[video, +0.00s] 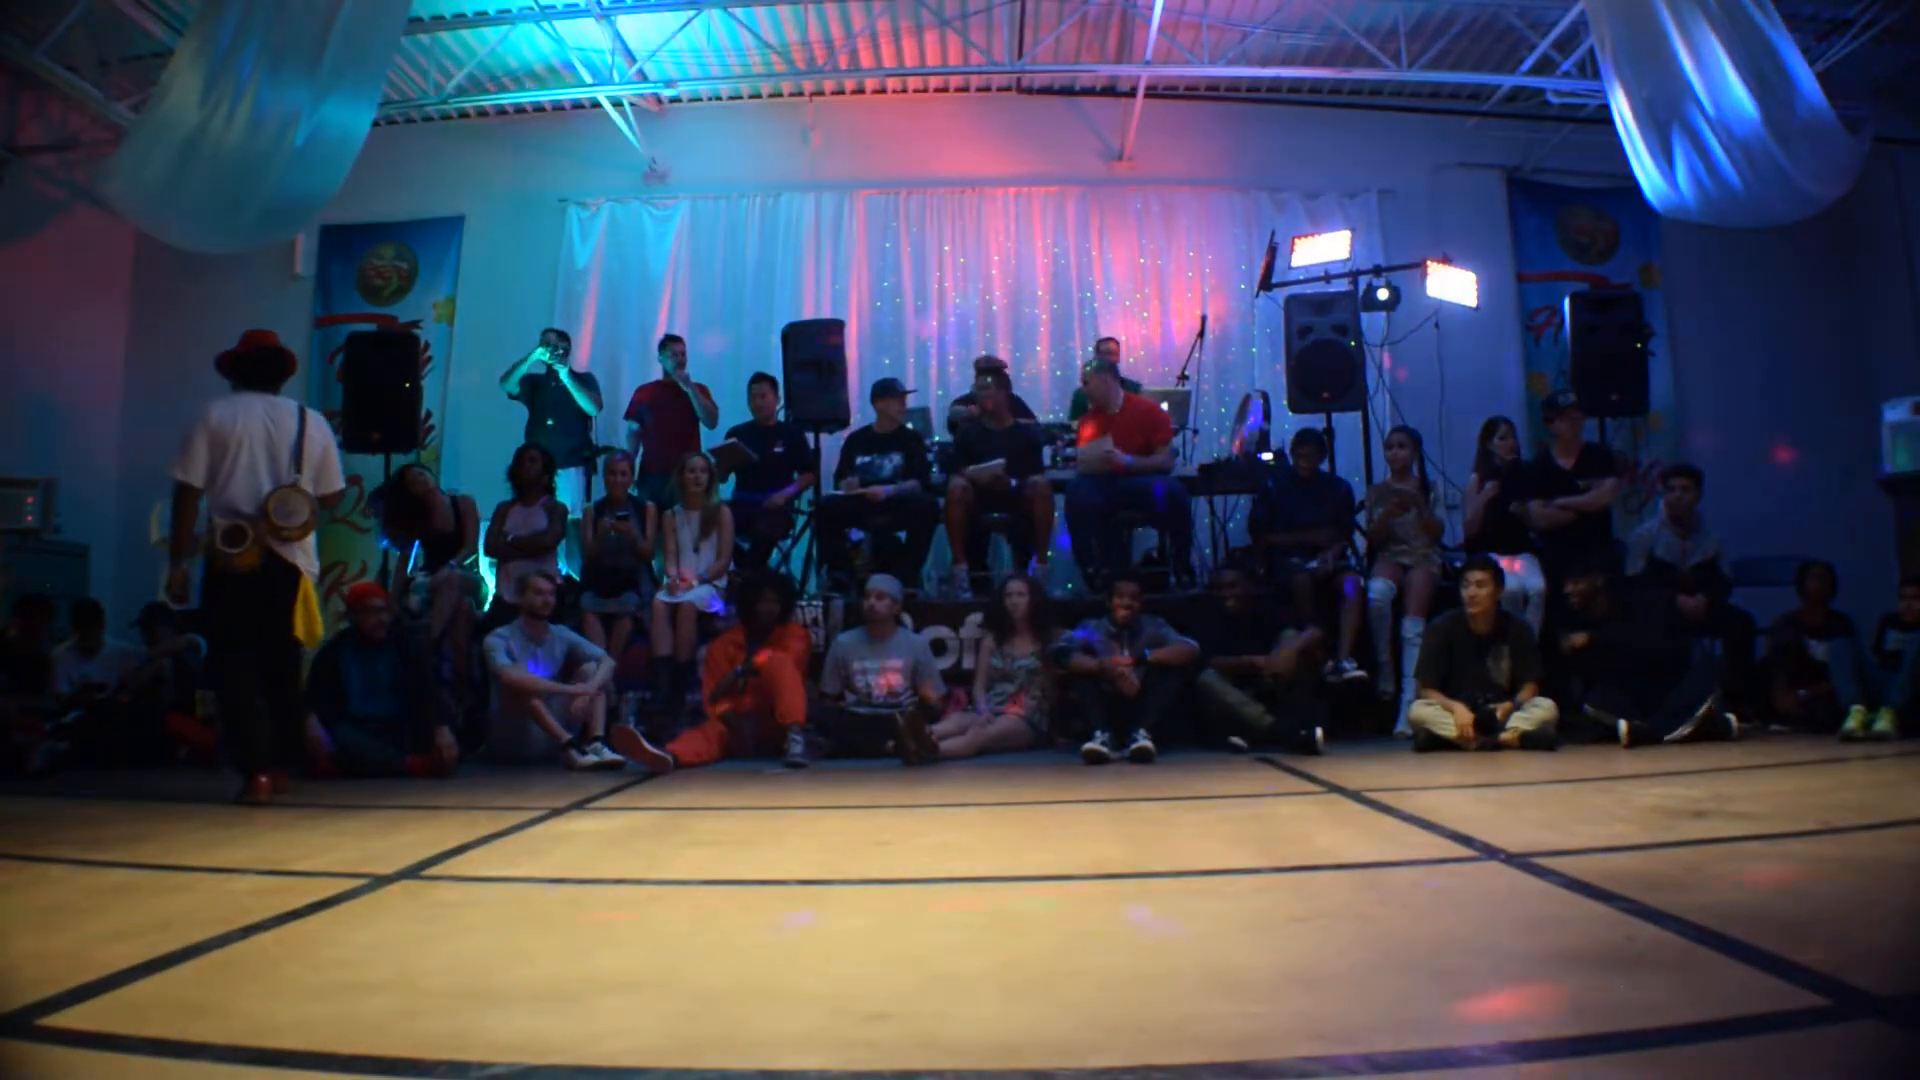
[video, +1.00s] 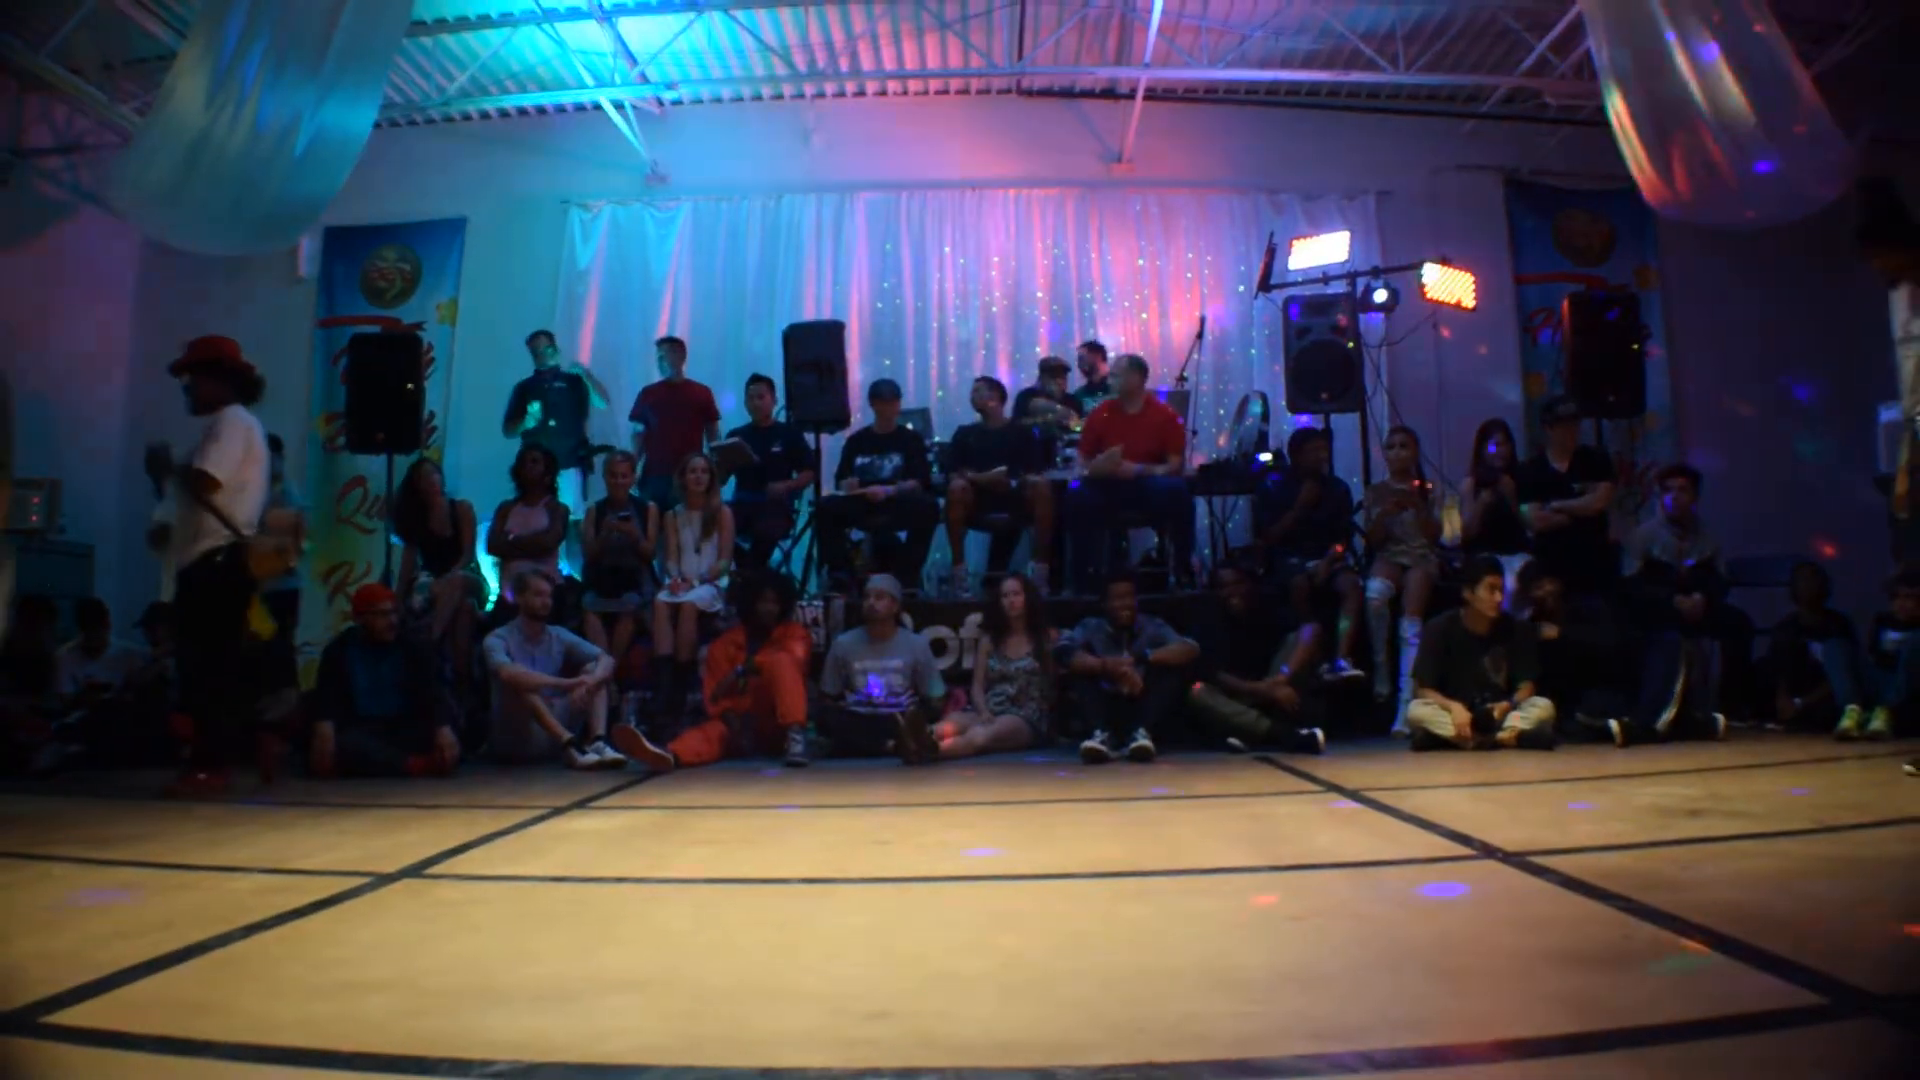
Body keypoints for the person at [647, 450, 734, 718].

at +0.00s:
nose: (697, 477)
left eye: (703, 471)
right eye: (691, 471)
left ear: (710, 477)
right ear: (681, 477)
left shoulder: (720, 512)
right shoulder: (671, 516)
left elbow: (724, 560)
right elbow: (670, 555)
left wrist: (698, 580)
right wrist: (673, 576)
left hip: (710, 579)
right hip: (679, 580)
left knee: (687, 606)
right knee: (659, 605)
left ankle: (681, 679)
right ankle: (662, 678)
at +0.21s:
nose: (699, 476)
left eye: (704, 471)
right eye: (693, 471)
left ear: (711, 477)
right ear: (682, 476)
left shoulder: (721, 513)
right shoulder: (671, 515)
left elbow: (724, 559)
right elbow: (670, 556)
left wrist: (699, 581)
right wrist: (673, 578)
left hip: (711, 579)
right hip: (680, 580)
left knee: (687, 606)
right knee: (659, 604)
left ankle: (681, 680)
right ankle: (662, 679)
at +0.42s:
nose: (699, 476)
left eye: (704, 471)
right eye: (693, 471)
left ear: (711, 477)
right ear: (682, 476)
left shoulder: (721, 512)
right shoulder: (671, 516)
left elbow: (724, 560)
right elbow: (669, 556)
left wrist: (698, 581)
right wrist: (673, 577)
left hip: (710, 579)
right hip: (680, 580)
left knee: (687, 607)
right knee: (659, 605)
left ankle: (681, 681)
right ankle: (662, 680)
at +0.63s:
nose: (698, 476)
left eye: (704, 471)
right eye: (692, 471)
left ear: (710, 477)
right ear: (681, 476)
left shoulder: (721, 512)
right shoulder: (670, 516)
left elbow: (723, 560)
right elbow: (668, 557)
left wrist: (700, 579)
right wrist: (673, 576)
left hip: (708, 580)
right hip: (678, 581)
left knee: (686, 606)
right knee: (659, 606)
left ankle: (681, 682)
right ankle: (662, 681)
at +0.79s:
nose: (698, 476)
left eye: (704, 471)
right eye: (692, 471)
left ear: (711, 477)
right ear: (682, 477)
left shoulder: (721, 513)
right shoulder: (671, 516)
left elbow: (724, 560)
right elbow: (669, 557)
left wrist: (698, 581)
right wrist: (674, 578)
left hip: (710, 579)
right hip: (680, 580)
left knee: (688, 605)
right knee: (659, 604)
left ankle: (681, 681)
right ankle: (662, 679)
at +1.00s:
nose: (699, 477)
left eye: (704, 472)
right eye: (693, 472)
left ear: (711, 477)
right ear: (683, 477)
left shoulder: (721, 513)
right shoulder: (672, 516)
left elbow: (725, 560)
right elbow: (671, 557)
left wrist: (699, 580)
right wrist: (675, 577)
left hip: (710, 579)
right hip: (681, 580)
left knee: (688, 605)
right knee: (661, 603)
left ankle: (682, 679)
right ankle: (663, 678)